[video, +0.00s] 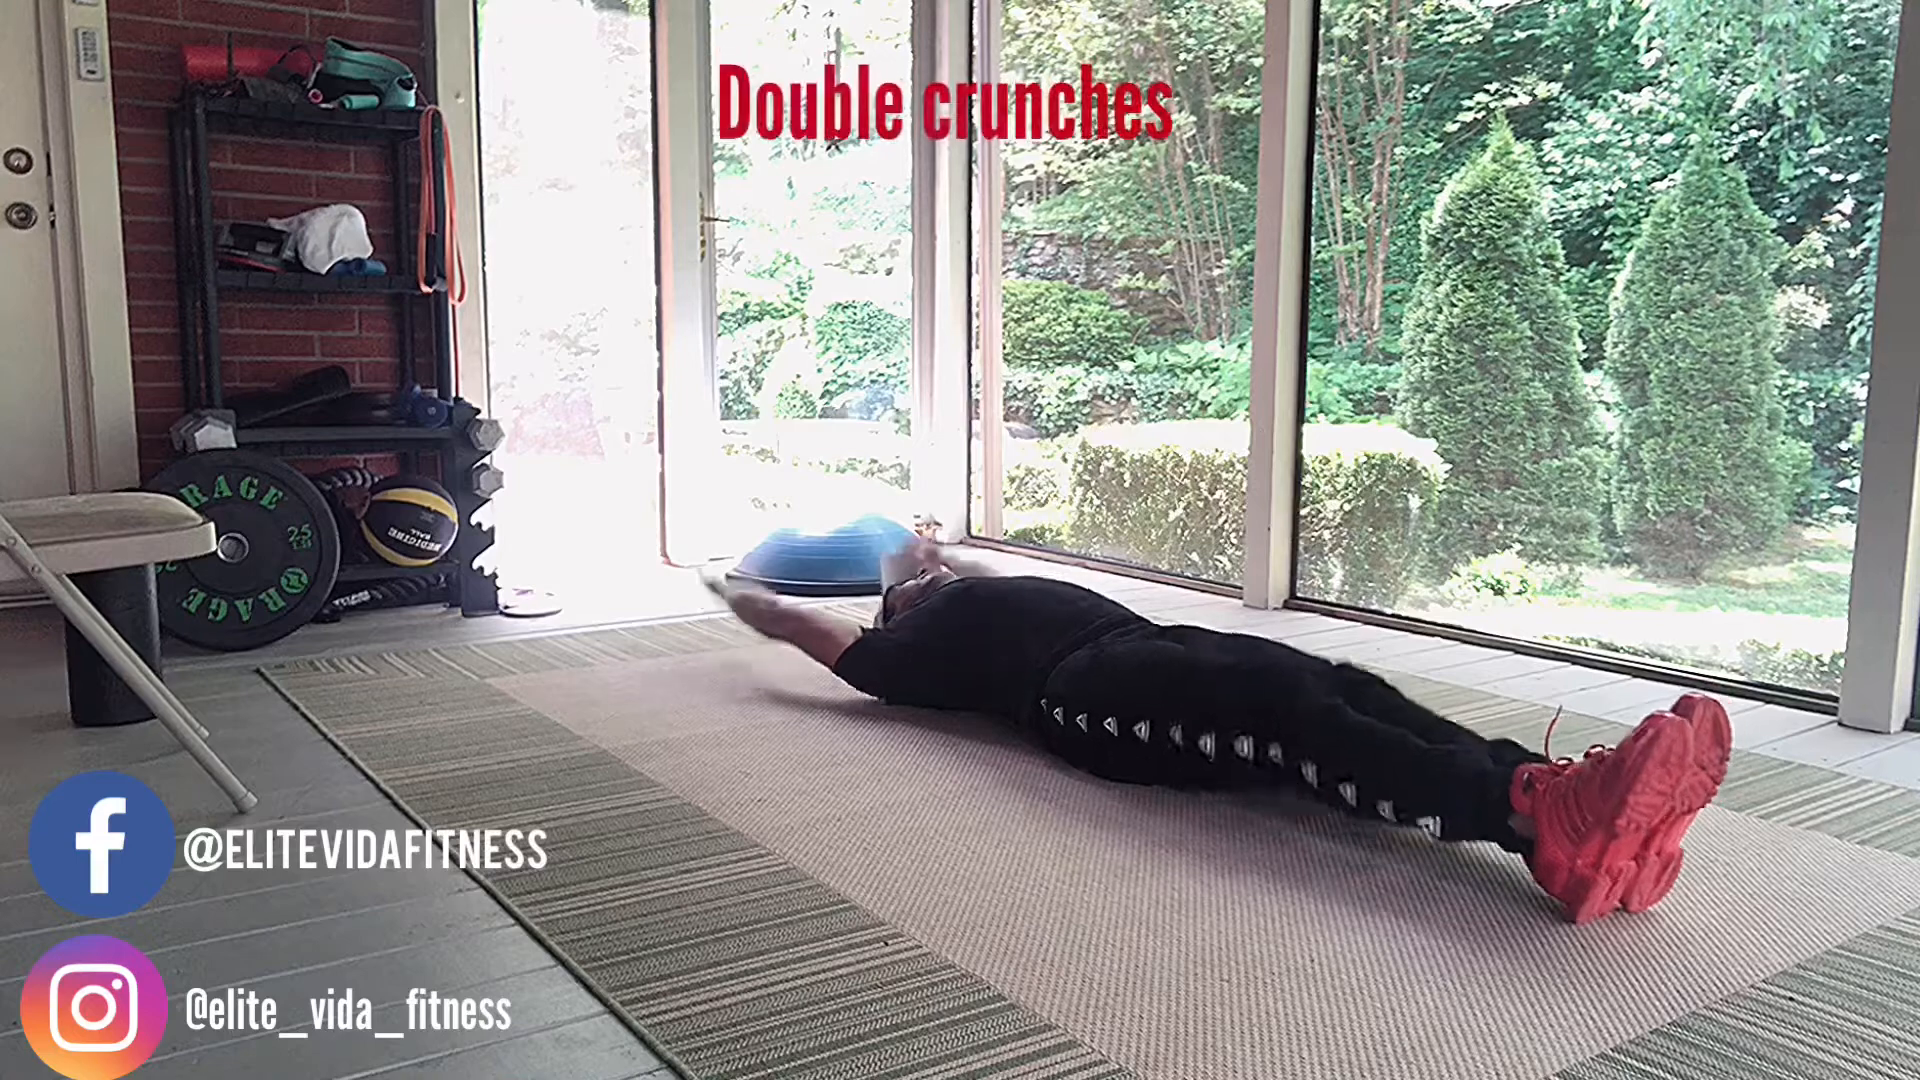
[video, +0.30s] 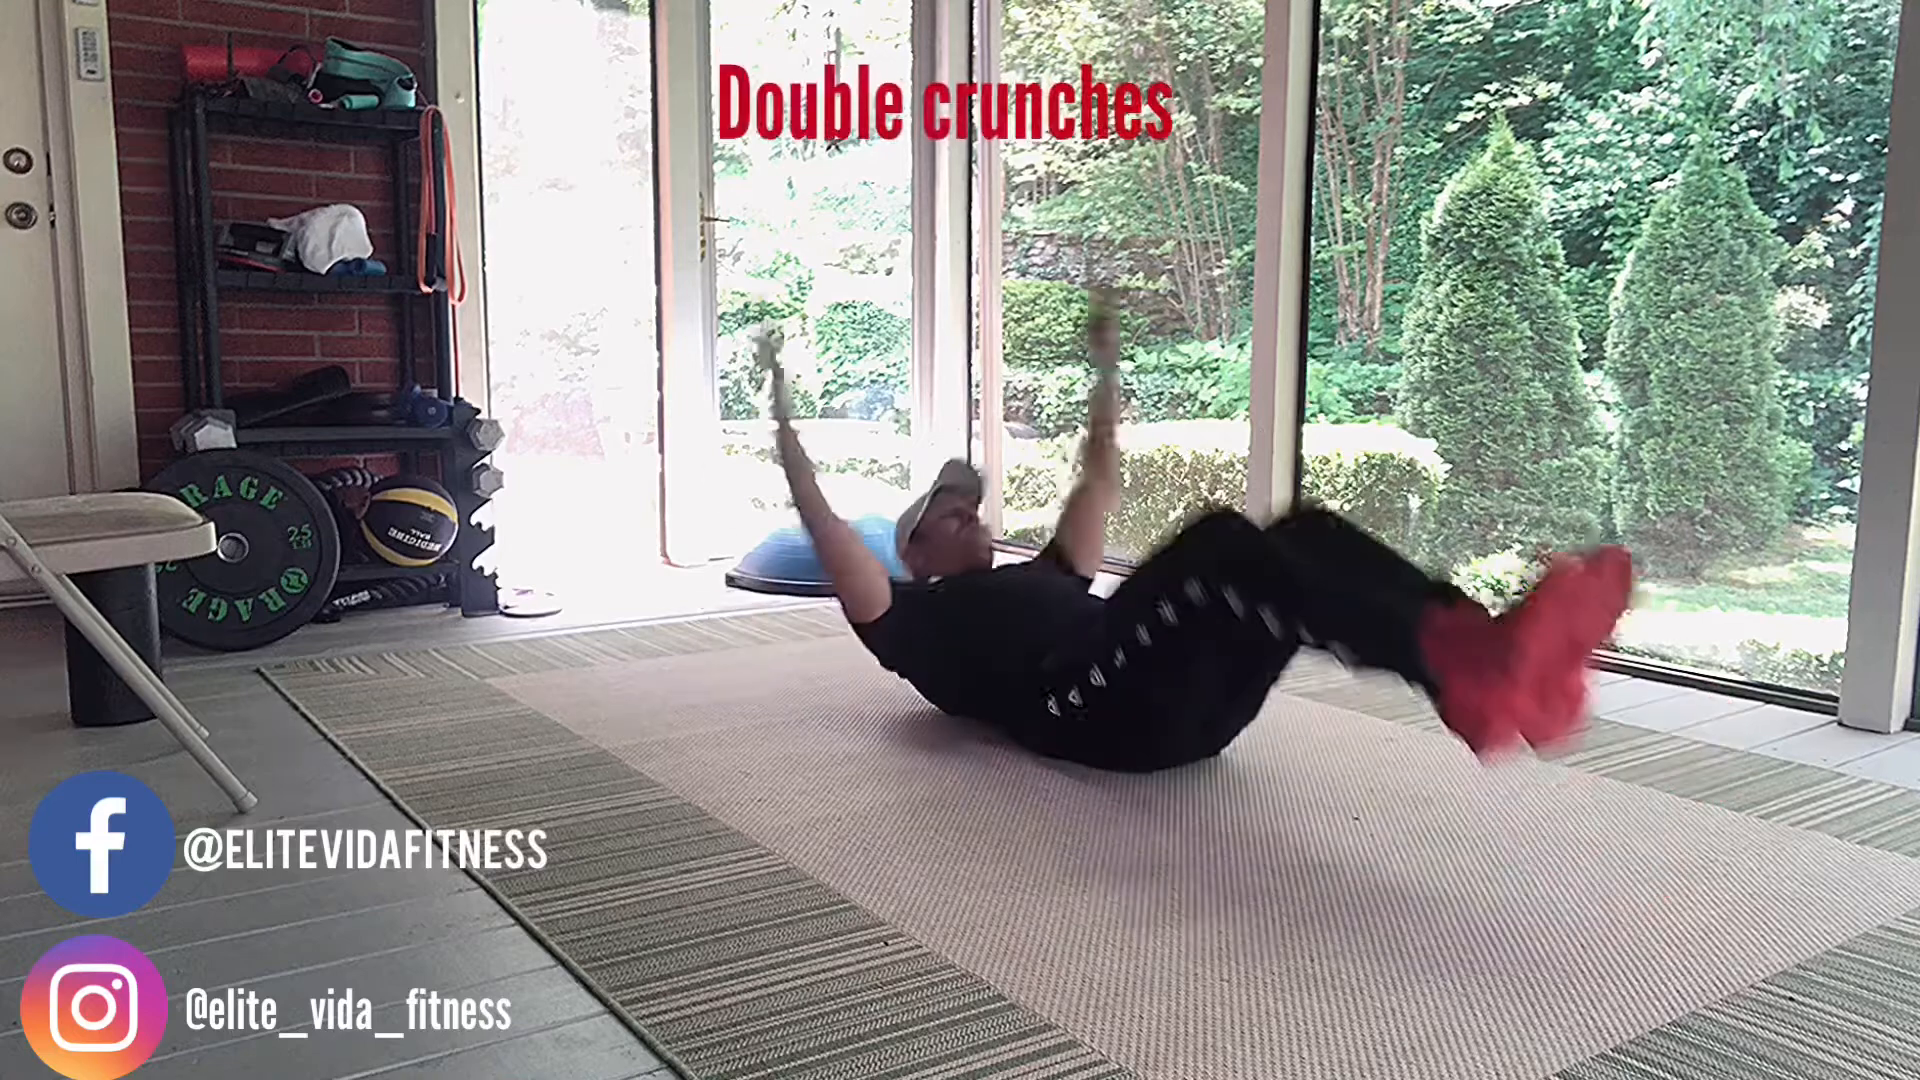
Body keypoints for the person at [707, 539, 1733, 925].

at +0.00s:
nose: (928, 543)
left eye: (932, 540)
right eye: (908, 550)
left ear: (950, 559)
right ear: (885, 587)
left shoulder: (1006, 585)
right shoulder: (882, 644)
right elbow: (748, 600)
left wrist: (945, 544)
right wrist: (793, 585)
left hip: (1144, 644)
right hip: (1077, 685)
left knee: (1335, 680)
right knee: (1283, 699)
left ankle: (1564, 839)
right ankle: (1545, 811)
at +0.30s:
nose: (970, 518)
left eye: (974, 512)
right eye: (948, 516)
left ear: (994, 536)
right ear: (907, 550)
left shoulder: (1042, 576)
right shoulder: (906, 620)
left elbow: (1094, 480)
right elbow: (828, 535)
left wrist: (1106, 367)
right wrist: (789, 446)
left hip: (1173, 685)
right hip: (1110, 715)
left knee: (1297, 530)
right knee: (1221, 549)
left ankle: (1484, 661)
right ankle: (1463, 670)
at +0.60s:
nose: (1025, 500)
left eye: (1025, 485)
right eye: (1004, 487)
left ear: (1034, 495)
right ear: (968, 499)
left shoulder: (1065, 556)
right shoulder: (931, 584)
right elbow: (976, 532)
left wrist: (1100, 457)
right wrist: (1039, 446)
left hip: (1180, 694)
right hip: (1085, 708)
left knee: (1174, 432)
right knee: (1088, 460)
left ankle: (1326, 509)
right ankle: (1270, 501)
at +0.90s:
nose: (1041, 494)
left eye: (1042, 481)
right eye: (1021, 483)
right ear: (971, 497)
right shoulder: (935, 572)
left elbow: (1221, 541)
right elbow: (998, 558)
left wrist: (1318, 496)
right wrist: (1079, 505)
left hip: (1189, 693)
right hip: (1088, 705)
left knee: (1150, 481)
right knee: (1068, 440)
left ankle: (1309, 502)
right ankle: (1235, 463)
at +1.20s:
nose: (972, 500)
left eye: (980, 492)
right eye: (955, 492)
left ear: (997, 512)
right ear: (921, 514)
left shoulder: (1054, 566)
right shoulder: (917, 600)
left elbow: (1155, 479)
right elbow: (906, 479)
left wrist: (1213, 369)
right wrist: (919, 352)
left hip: (1175, 703)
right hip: (1093, 705)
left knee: (1235, 474)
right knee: (1151, 477)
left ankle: (1389, 535)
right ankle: (1361, 553)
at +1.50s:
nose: (946, 539)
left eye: (953, 531)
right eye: (925, 540)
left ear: (981, 551)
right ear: (898, 573)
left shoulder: (1038, 587)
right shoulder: (901, 622)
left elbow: (1067, 502)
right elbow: (822, 520)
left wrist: (1045, 407)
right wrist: (781, 423)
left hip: (1147, 668)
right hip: (1087, 707)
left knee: (1324, 574)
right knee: (1255, 600)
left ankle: (1535, 684)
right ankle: (1509, 686)